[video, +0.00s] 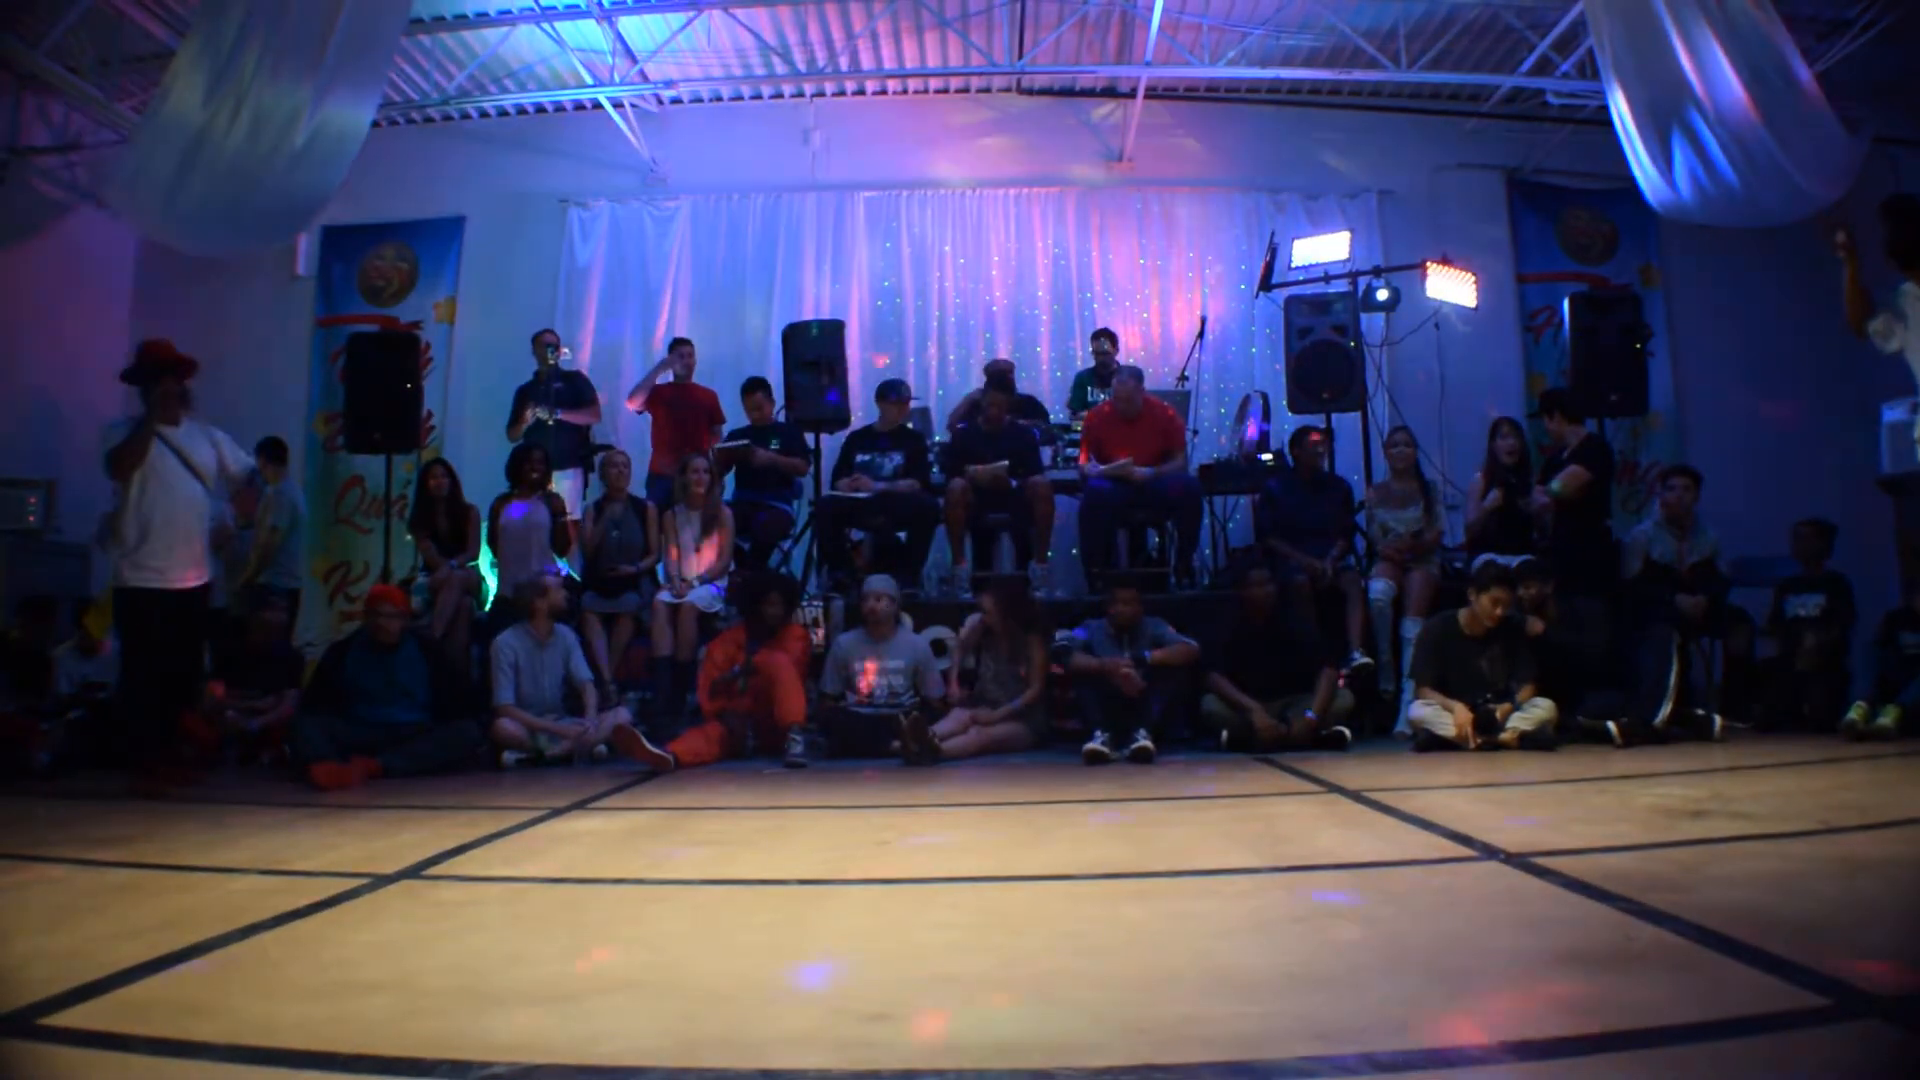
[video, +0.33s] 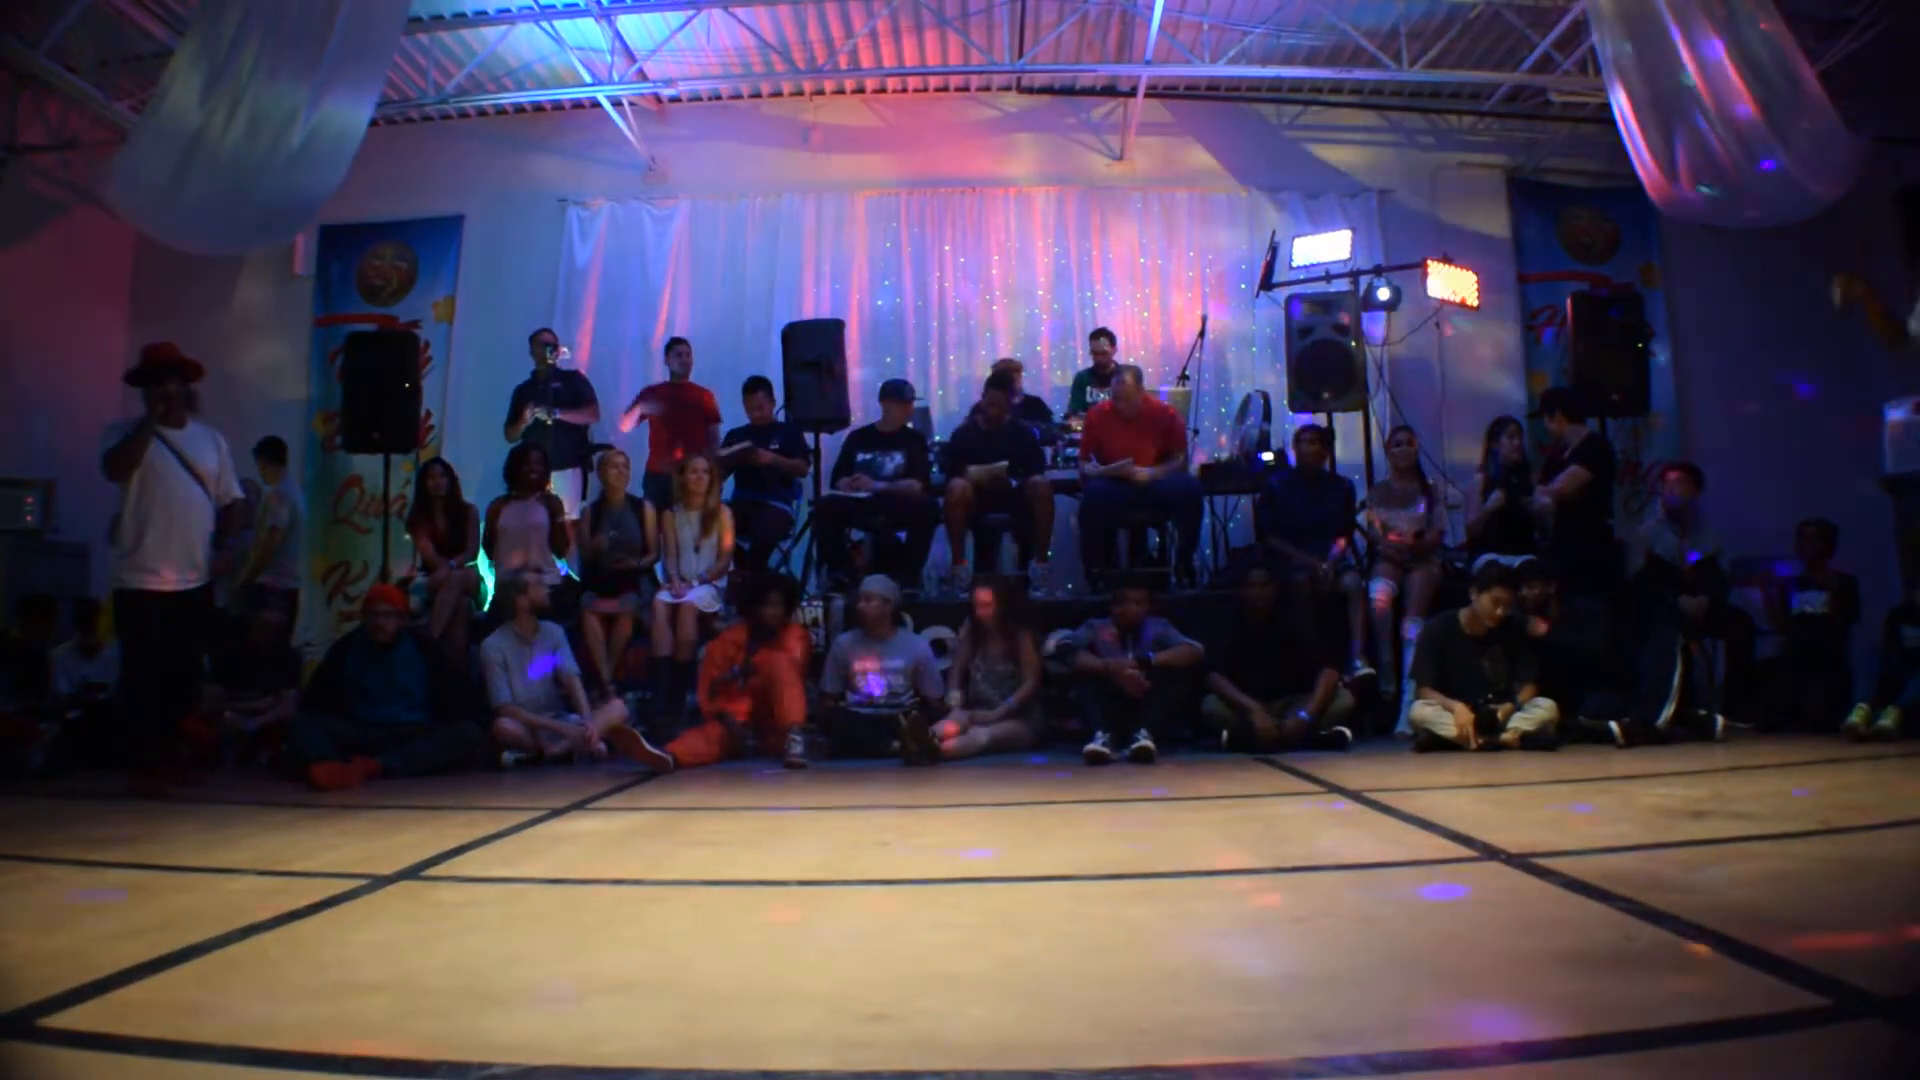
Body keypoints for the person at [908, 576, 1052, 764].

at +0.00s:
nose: (983, 618)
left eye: (988, 612)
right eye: (983, 612)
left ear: (1007, 612)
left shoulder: (1030, 638)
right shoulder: (979, 627)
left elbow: (1036, 690)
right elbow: (959, 647)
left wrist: (996, 714)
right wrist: (954, 684)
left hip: (1021, 713)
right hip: (985, 704)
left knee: (979, 736)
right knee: (961, 715)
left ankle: (934, 752)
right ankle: (922, 738)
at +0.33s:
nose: (981, 613)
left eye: (987, 606)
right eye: (978, 606)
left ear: (1001, 605)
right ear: (973, 606)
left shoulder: (1020, 636)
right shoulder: (970, 633)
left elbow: (1031, 682)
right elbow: (957, 669)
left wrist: (995, 714)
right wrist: (956, 700)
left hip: (1013, 713)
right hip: (975, 708)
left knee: (981, 736)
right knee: (952, 726)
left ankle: (934, 752)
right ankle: (925, 738)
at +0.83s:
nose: (988, 605)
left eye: (993, 598)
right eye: (981, 599)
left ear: (1000, 602)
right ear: (970, 603)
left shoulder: (1017, 637)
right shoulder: (963, 640)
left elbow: (1025, 687)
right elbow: (956, 688)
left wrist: (989, 716)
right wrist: (960, 703)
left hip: (1011, 710)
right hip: (974, 710)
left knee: (985, 736)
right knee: (950, 725)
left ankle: (934, 752)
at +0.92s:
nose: (991, 604)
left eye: (995, 597)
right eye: (984, 598)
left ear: (1002, 601)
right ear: (972, 603)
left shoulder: (1018, 637)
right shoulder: (964, 641)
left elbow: (1026, 687)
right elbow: (956, 690)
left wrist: (989, 715)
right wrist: (960, 703)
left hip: (1012, 709)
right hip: (974, 709)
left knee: (986, 736)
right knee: (951, 725)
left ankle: (935, 752)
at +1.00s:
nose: (993, 603)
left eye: (997, 597)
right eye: (986, 597)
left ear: (1004, 601)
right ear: (974, 602)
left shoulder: (1019, 637)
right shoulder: (966, 640)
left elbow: (1026, 687)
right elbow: (957, 688)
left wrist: (990, 715)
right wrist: (960, 701)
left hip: (1010, 708)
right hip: (974, 708)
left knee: (991, 734)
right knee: (947, 726)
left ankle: (934, 752)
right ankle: (917, 741)